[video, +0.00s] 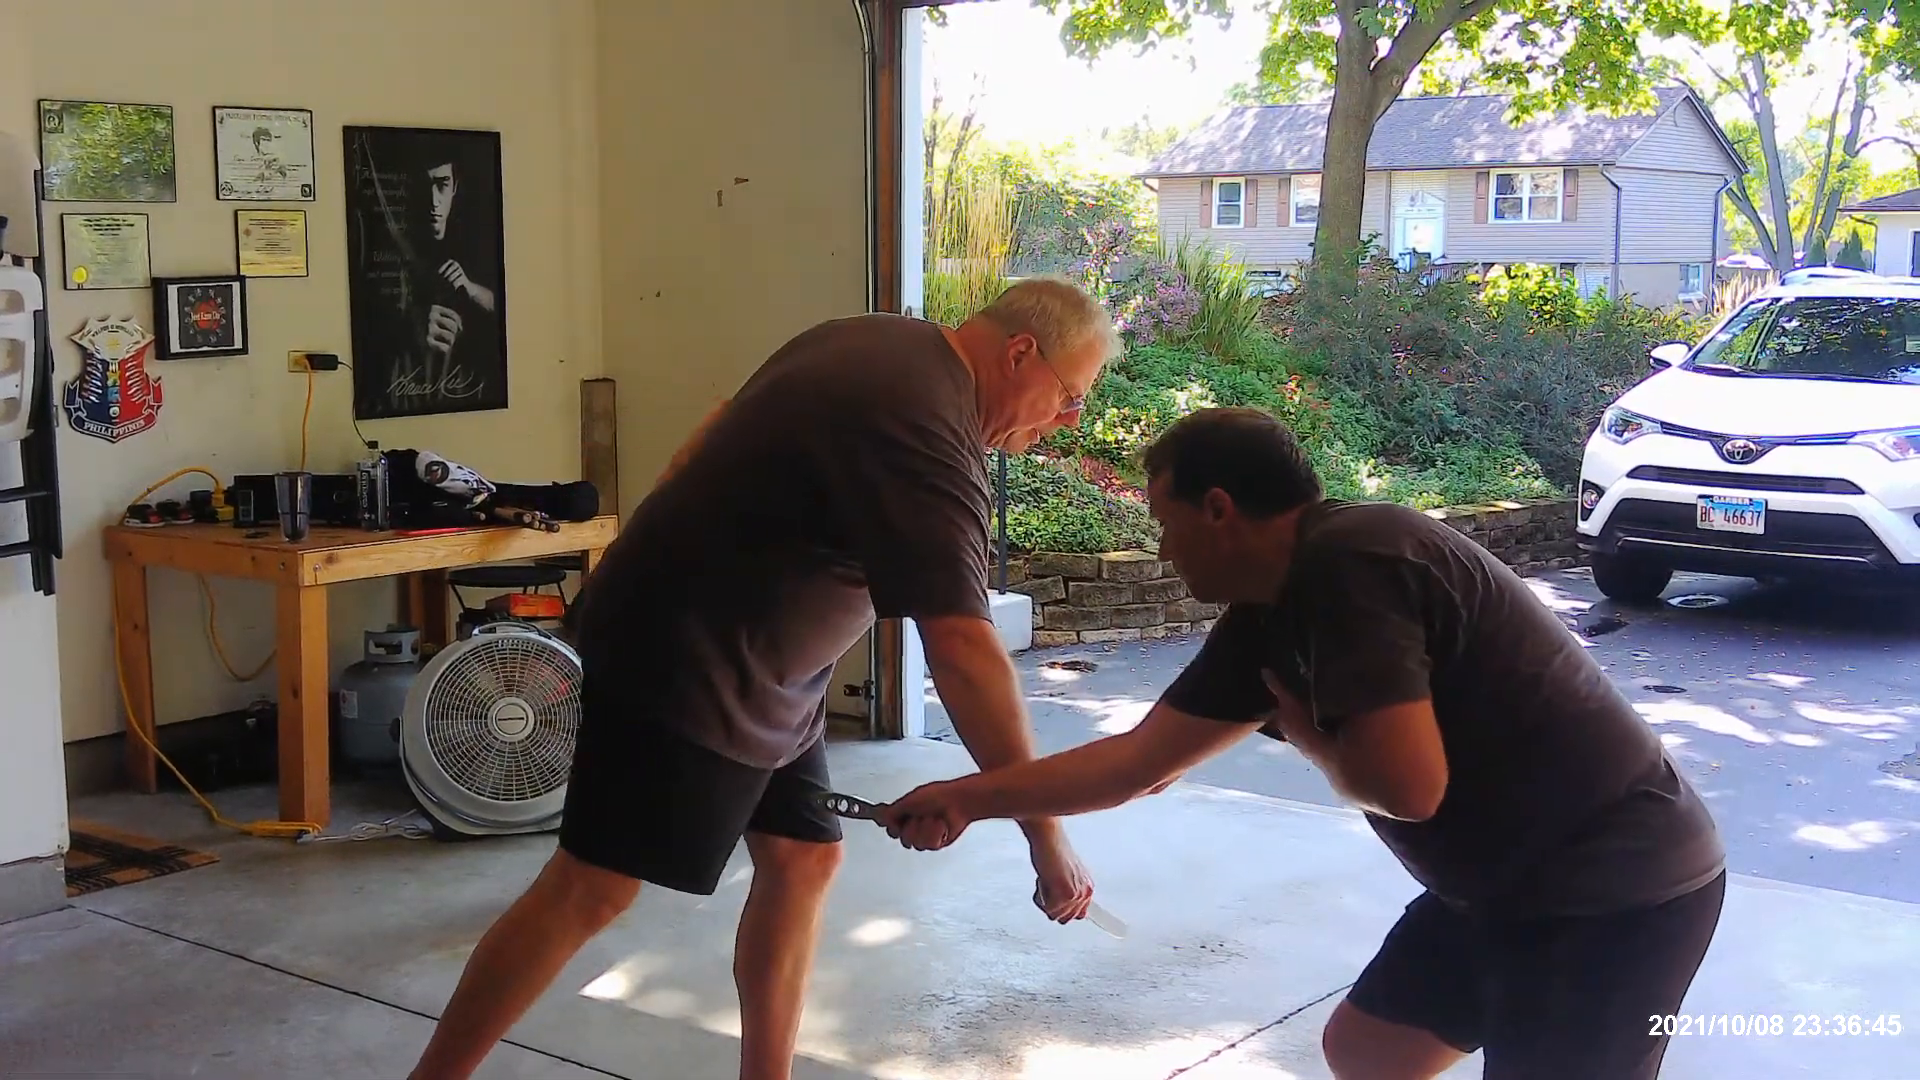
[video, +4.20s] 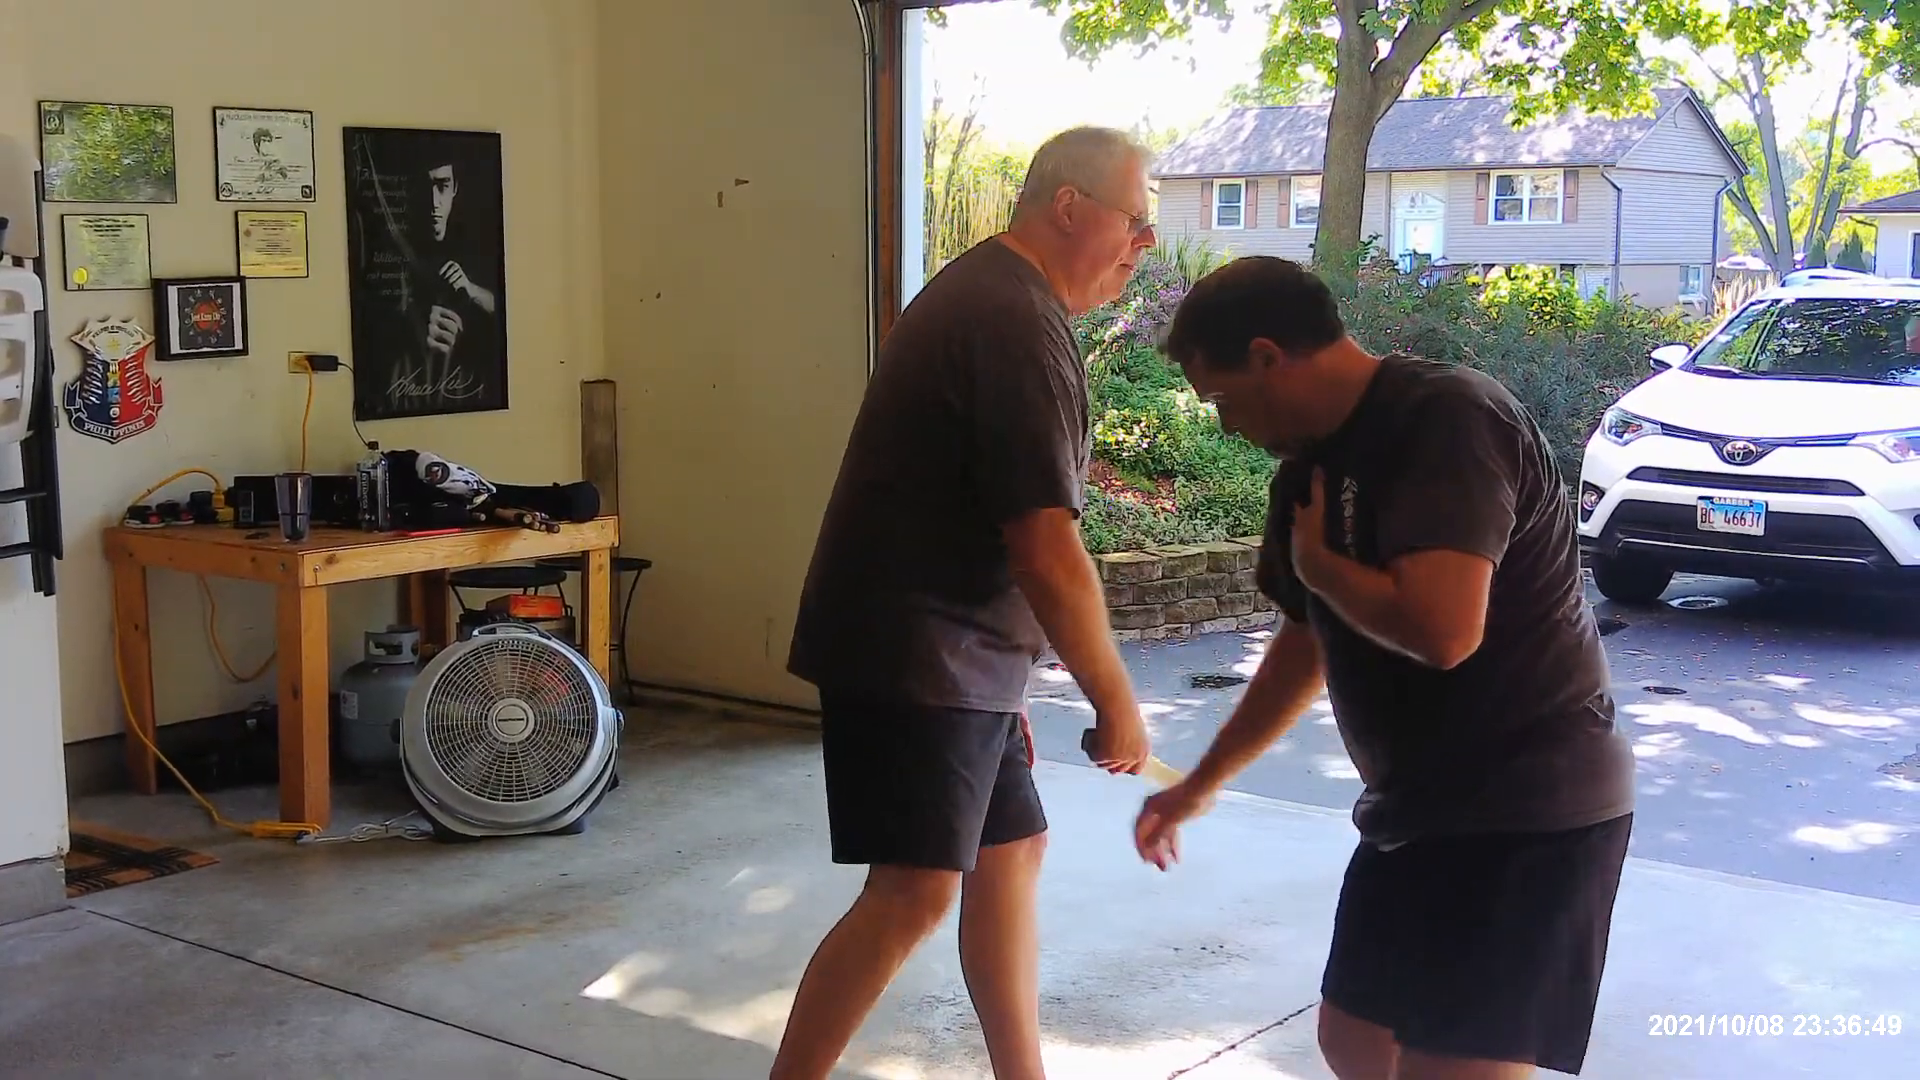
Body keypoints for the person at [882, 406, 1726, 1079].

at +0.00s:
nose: (1160, 543)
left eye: (1165, 520)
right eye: (1157, 523)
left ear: (1220, 512)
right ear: (1232, 509)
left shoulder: (1356, 566)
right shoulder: (1269, 613)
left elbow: (1409, 789)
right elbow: (1140, 759)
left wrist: (1321, 741)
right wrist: (966, 798)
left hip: (1622, 882)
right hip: (1498, 881)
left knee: (1545, 1077)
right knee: (1367, 1047)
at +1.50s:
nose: (1213, 458)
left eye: (1224, 434)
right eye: (1212, 435)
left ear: (1301, 434)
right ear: (1300, 437)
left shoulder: (1445, 517)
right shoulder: (1289, 542)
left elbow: (1469, 748)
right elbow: (1134, 639)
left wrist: (1338, 691)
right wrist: (976, 659)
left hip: (1625, 865)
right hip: (1491, 865)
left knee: (1585, 1069)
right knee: (1371, 1050)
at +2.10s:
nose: (1146, 436)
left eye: (1164, 411)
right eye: (1140, 415)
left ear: (1254, 401)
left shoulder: (1371, 474)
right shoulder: (1195, 519)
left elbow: (1407, 670)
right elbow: (1069, 585)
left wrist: (1239, 607)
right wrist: (947, 601)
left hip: (1565, 813)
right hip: (1423, 831)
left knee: (1594, 1065)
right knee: (1323, 1049)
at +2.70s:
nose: (1202, 333)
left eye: (1228, 309)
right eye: (1200, 310)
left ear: (1317, 314)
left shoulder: (1405, 410)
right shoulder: (1220, 454)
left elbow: (1403, 594)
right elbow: (1113, 560)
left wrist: (1261, 536)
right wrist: (991, 627)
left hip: (1511, 804)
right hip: (1367, 818)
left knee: (1539, 1061)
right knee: (1317, 1050)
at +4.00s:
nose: (1204, 434)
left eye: (1216, 408)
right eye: (1193, 413)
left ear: (1294, 366)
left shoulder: (1425, 431)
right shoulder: (1249, 492)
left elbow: (1429, 626)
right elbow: (1160, 620)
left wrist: (1289, 579)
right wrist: (1051, 728)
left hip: (1523, 815)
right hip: (1377, 826)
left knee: (1518, 1065)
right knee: (1305, 1052)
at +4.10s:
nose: (1205, 436)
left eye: (1208, 411)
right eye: (1194, 417)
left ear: (1278, 367)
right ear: (1277, 370)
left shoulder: (1440, 427)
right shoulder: (1279, 481)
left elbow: (1440, 630)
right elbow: (1207, 629)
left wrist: (1303, 580)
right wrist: (1089, 739)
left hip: (1529, 818)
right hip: (1391, 819)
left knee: (1475, 1064)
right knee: (1327, 1051)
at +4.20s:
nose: (1225, 425)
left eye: (1219, 399)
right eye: (1212, 405)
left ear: (1268, 359)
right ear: (1272, 359)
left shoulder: (1452, 415)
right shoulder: (1314, 463)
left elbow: (1445, 627)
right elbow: (1305, 643)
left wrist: (1317, 564)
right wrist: (1202, 782)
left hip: (1533, 816)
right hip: (1413, 812)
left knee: (1467, 1062)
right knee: (1355, 1039)